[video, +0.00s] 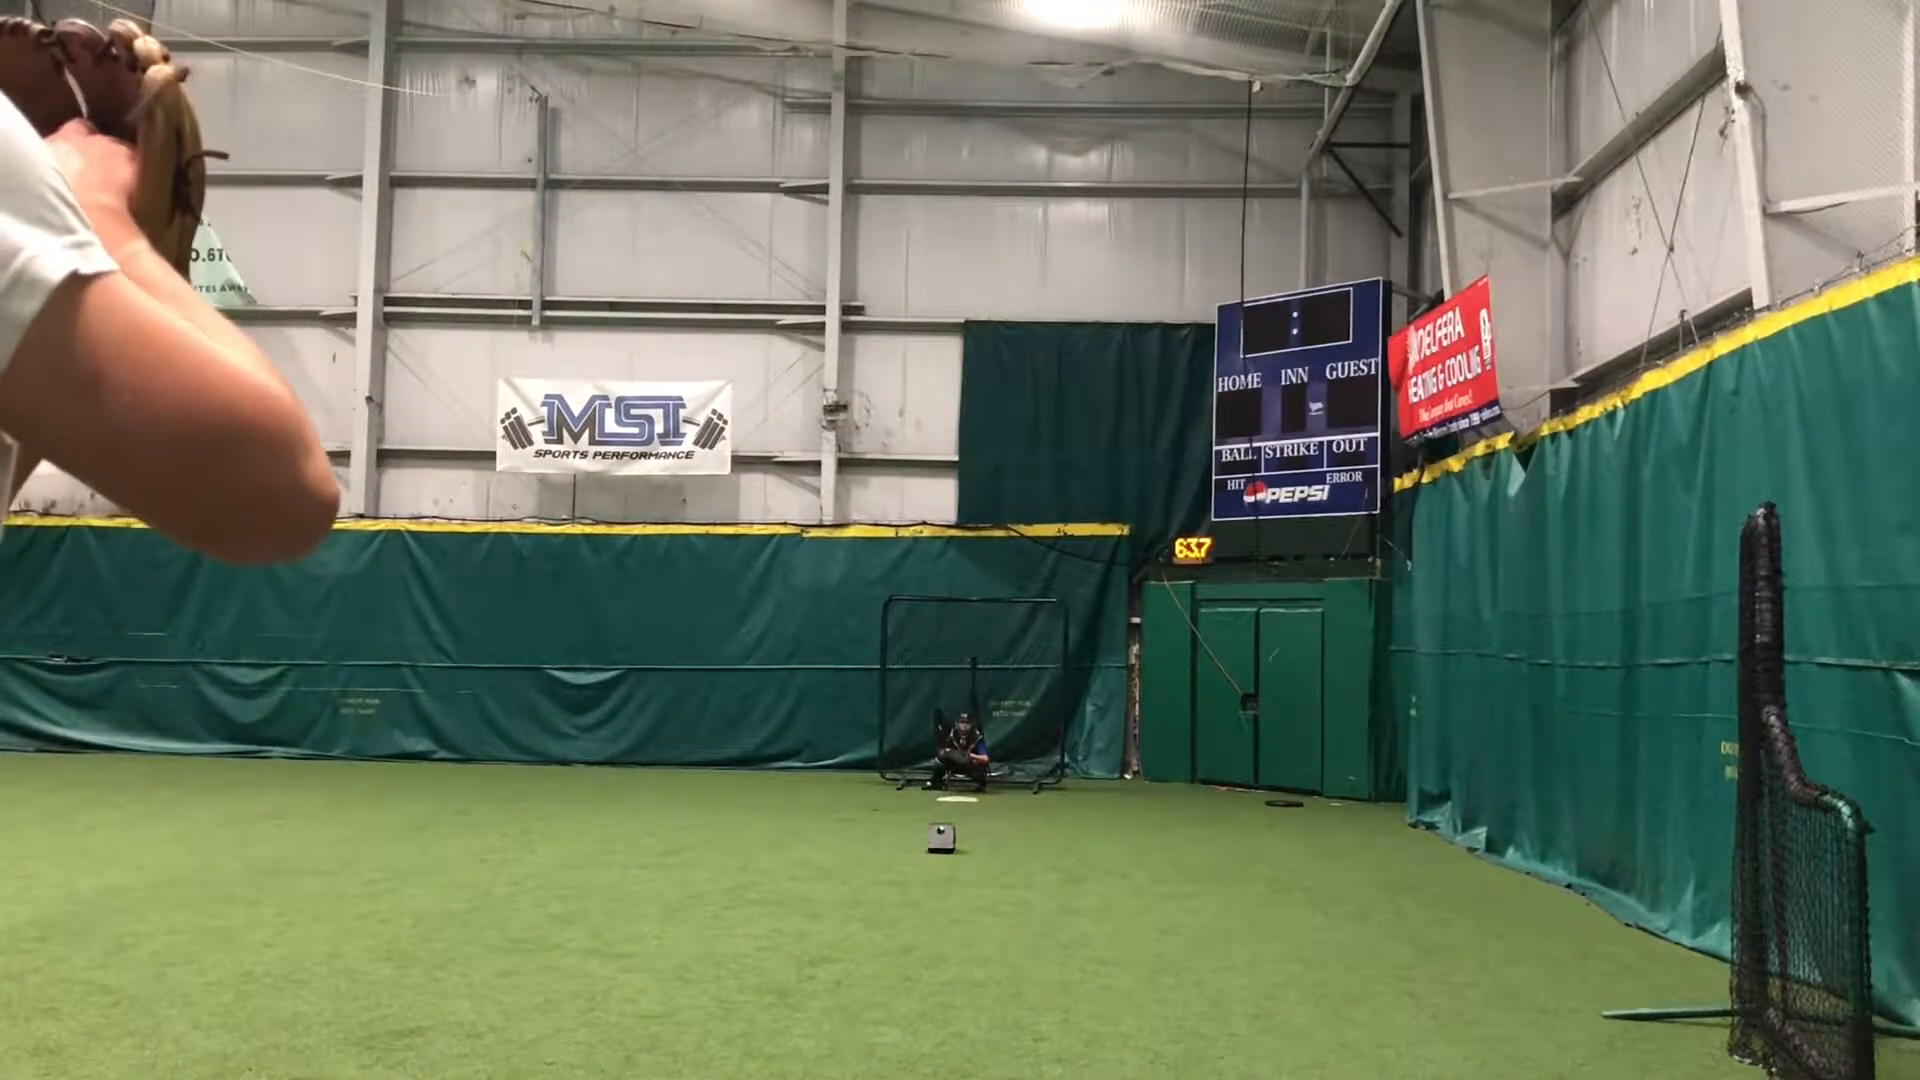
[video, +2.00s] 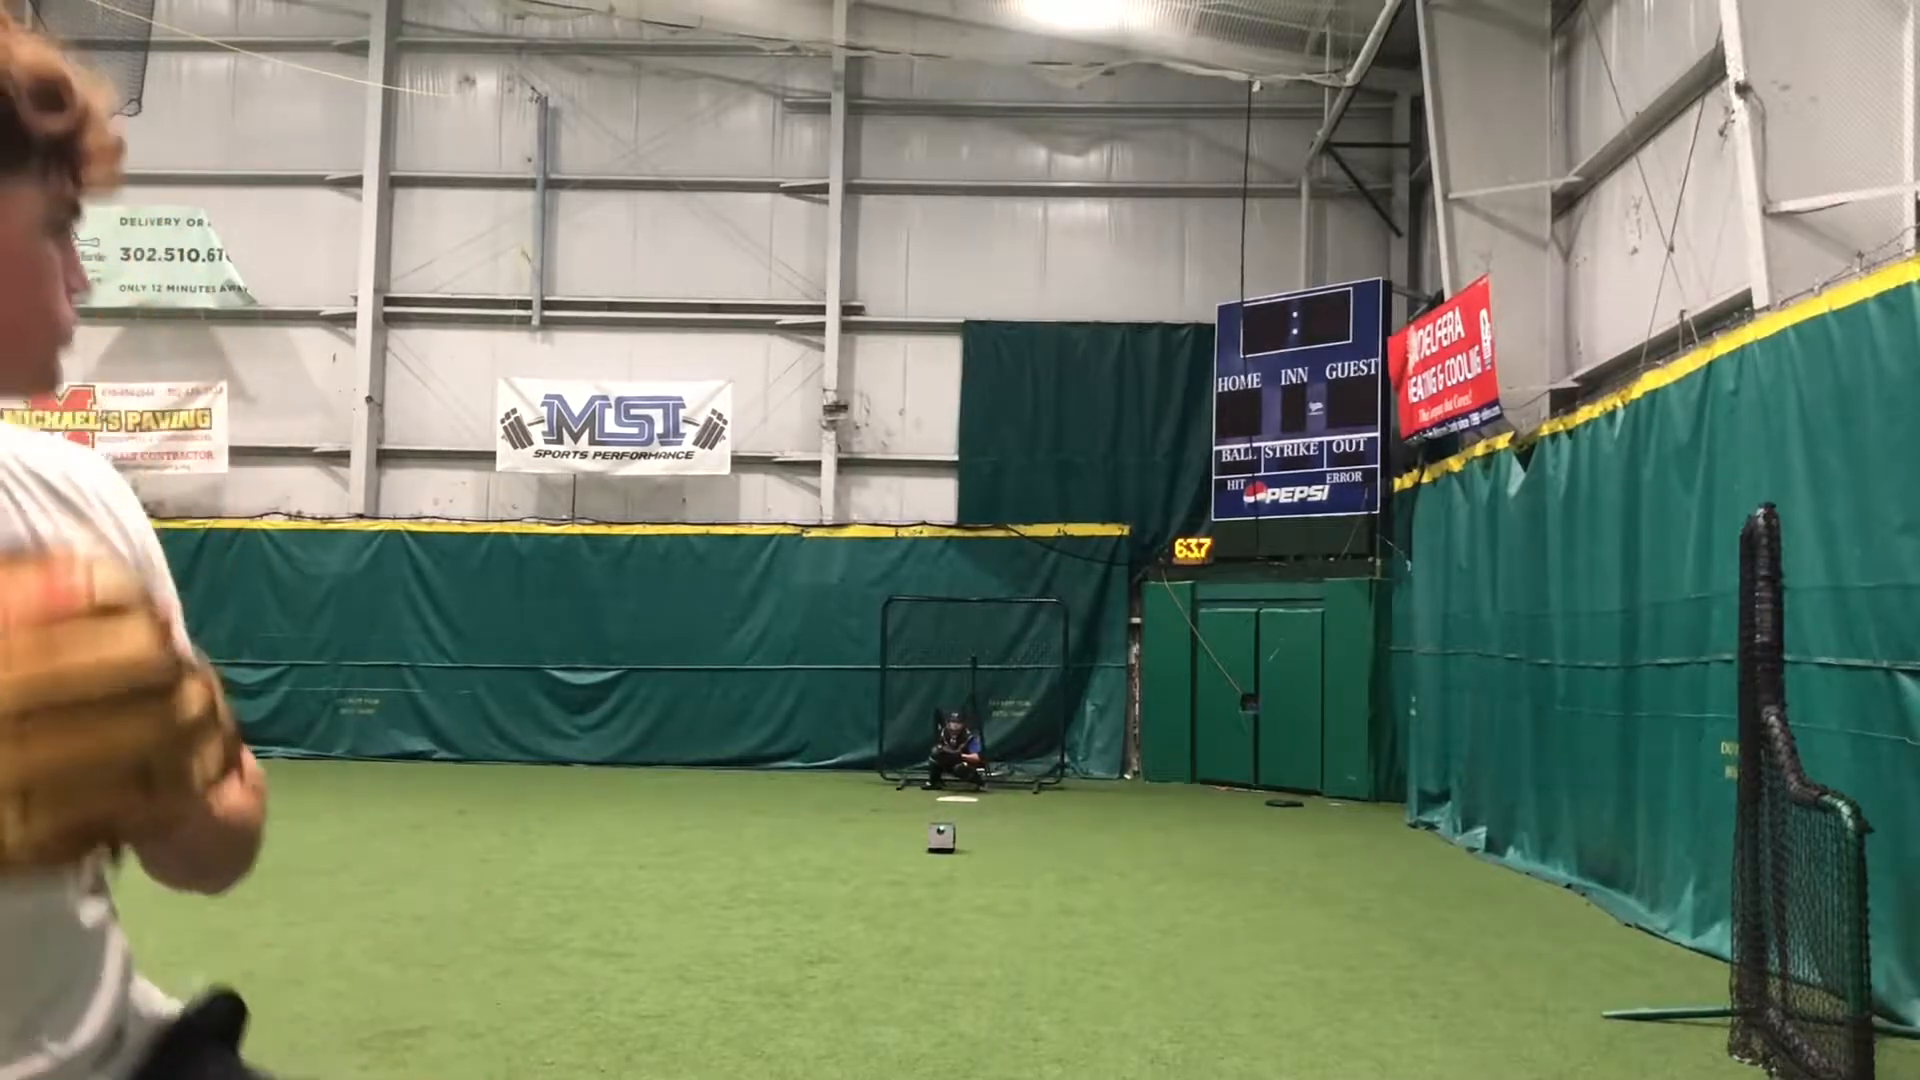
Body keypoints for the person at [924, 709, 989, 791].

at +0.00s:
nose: (964, 726)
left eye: (967, 723)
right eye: (961, 723)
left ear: (971, 725)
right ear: (957, 724)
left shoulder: (977, 738)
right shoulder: (950, 735)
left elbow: (985, 759)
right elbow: (941, 752)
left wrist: (971, 756)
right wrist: (948, 753)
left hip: (971, 764)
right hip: (953, 762)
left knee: (978, 774)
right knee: (940, 762)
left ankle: (981, 784)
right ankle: (936, 782)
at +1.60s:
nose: (958, 727)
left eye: (961, 724)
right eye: (956, 724)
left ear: (966, 726)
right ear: (951, 725)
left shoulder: (973, 738)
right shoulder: (946, 735)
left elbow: (980, 760)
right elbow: (939, 751)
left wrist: (964, 759)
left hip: (966, 766)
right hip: (949, 764)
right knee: (937, 760)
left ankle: (981, 783)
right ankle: (935, 782)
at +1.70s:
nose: (957, 726)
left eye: (960, 724)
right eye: (955, 723)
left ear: (965, 725)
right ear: (950, 725)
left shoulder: (972, 738)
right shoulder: (945, 735)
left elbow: (979, 759)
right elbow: (938, 751)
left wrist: (963, 757)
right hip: (948, 763)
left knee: (963, 768)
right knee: (936, 760)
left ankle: (980, 782)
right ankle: (936, 782)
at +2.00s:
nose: (954, 726)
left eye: (958, 723)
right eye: (952, 722)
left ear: (963, 725)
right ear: (947, 724)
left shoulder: (970, 738)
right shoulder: (942, 735)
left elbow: (976, 758)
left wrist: (960, 756)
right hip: (946, 760)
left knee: (960, 768)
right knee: (935, 753)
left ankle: (980, 782)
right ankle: (935, 782)